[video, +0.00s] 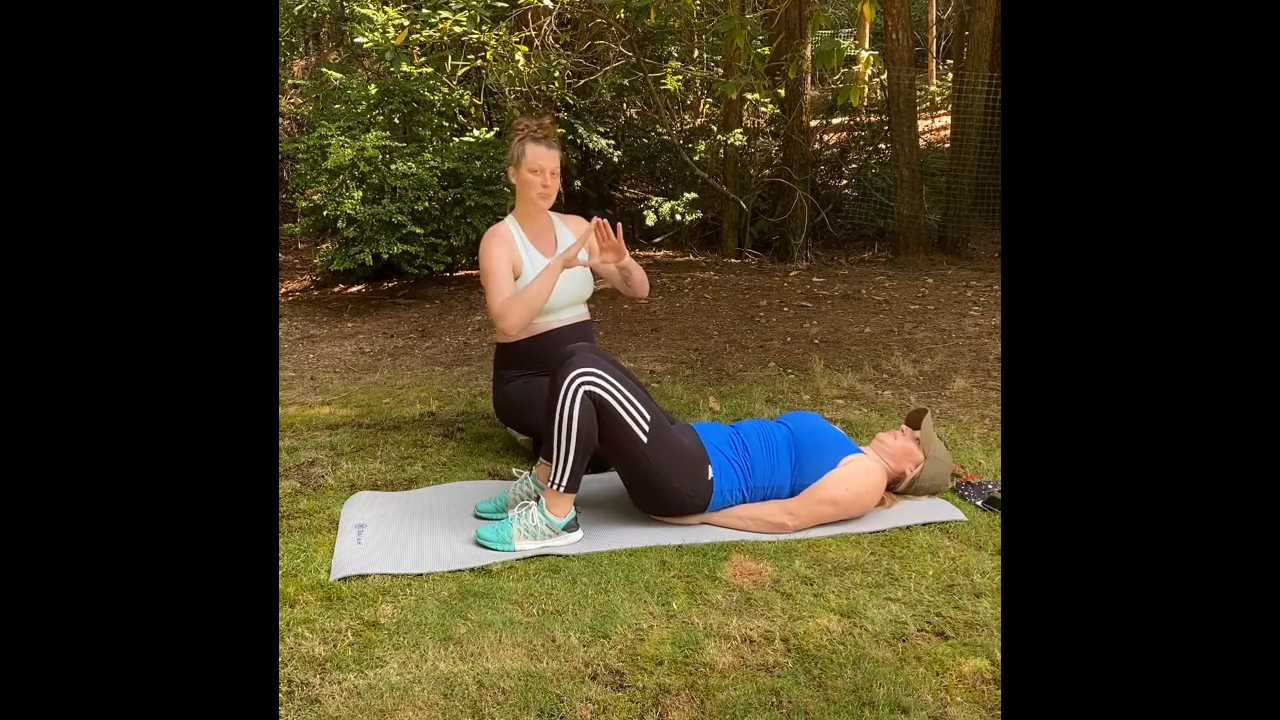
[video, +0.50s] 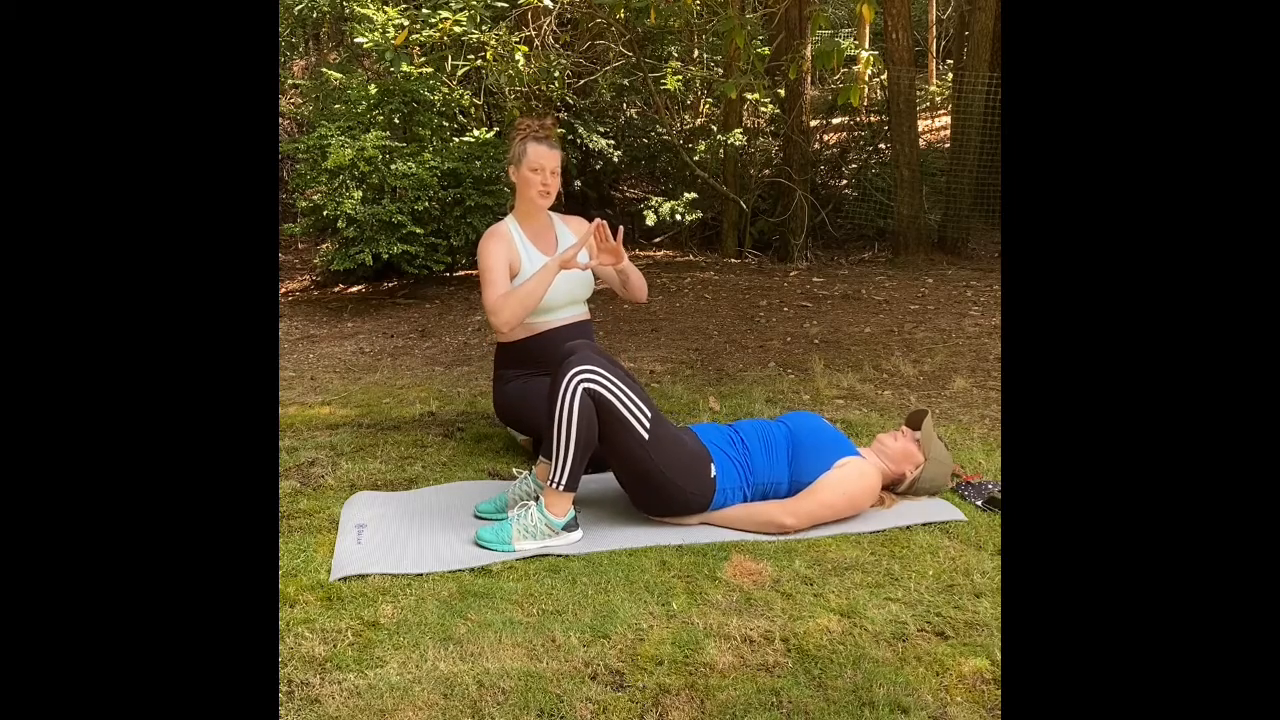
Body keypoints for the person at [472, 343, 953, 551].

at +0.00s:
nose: (897, 431)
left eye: (908, 438)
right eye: (906, 429)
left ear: (908, 468)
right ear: (898, 445)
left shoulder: (863, 476)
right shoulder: (847, 453)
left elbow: (789, 516)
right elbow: (771, 485)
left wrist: (706, 515)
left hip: (693, 480)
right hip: (681, 450)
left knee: (585, 376)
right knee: (589, 365)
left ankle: (555, 510)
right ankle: (544, 482)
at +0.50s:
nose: (898, 433)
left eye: (909, 440)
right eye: (907, 430)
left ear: (908, 472)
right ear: (895, 442)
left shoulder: (860, 477)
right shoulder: (844, 454)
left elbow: (788, 516)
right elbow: (772, 494)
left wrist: (703, 515)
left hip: (694, 480)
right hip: (680, 454)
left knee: (585, 372)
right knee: (586, 362)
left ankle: (554, 509)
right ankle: (543, 484)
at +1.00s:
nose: (900, 433)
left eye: (910, 441)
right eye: (908, 431)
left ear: (907, 473)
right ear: (896, 441)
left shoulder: (860, 474)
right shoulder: (846, 451)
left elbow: (795, 522)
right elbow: (775, 496)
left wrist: (711, 517)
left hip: (695, 482)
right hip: (680, 454)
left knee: (589, 375)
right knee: (590, 365)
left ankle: (554, 511)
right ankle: (542, 485)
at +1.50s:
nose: (899, 432)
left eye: (910, 440)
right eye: (908, 430)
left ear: (908, 471)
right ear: (898, 445)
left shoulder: (863, 478)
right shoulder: (846, 454)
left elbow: (794, 521)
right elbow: (776, 497)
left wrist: (707, 516)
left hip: (695, 483)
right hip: (681, 455)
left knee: (589, 374)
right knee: (590, 364)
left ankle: (554, 511)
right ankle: (542, 484)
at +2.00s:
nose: (900, 434)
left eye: (910, 441)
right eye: (908, 431)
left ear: (908, 470)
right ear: (899, 447)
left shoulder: (865, 474)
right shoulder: (852, 457)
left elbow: (792, 510)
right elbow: (777, 493)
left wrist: (709, 516)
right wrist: (709, 496)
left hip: (693, 481)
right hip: (680, 453)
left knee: (590, 376)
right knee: (590, 365)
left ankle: (554, 512)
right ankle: (539, 485)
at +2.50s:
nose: (897, 433)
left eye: (908, 440)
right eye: (906, 430)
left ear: (908, 471)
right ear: (897, 444)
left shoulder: (863, 479)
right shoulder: (847, 456)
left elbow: (794, 520)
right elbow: (774, 494)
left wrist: (711, 517)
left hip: (693, 482)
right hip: (680, 452)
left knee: (589, 376)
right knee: (589, 364)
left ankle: (554, 511)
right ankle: (540, 484)